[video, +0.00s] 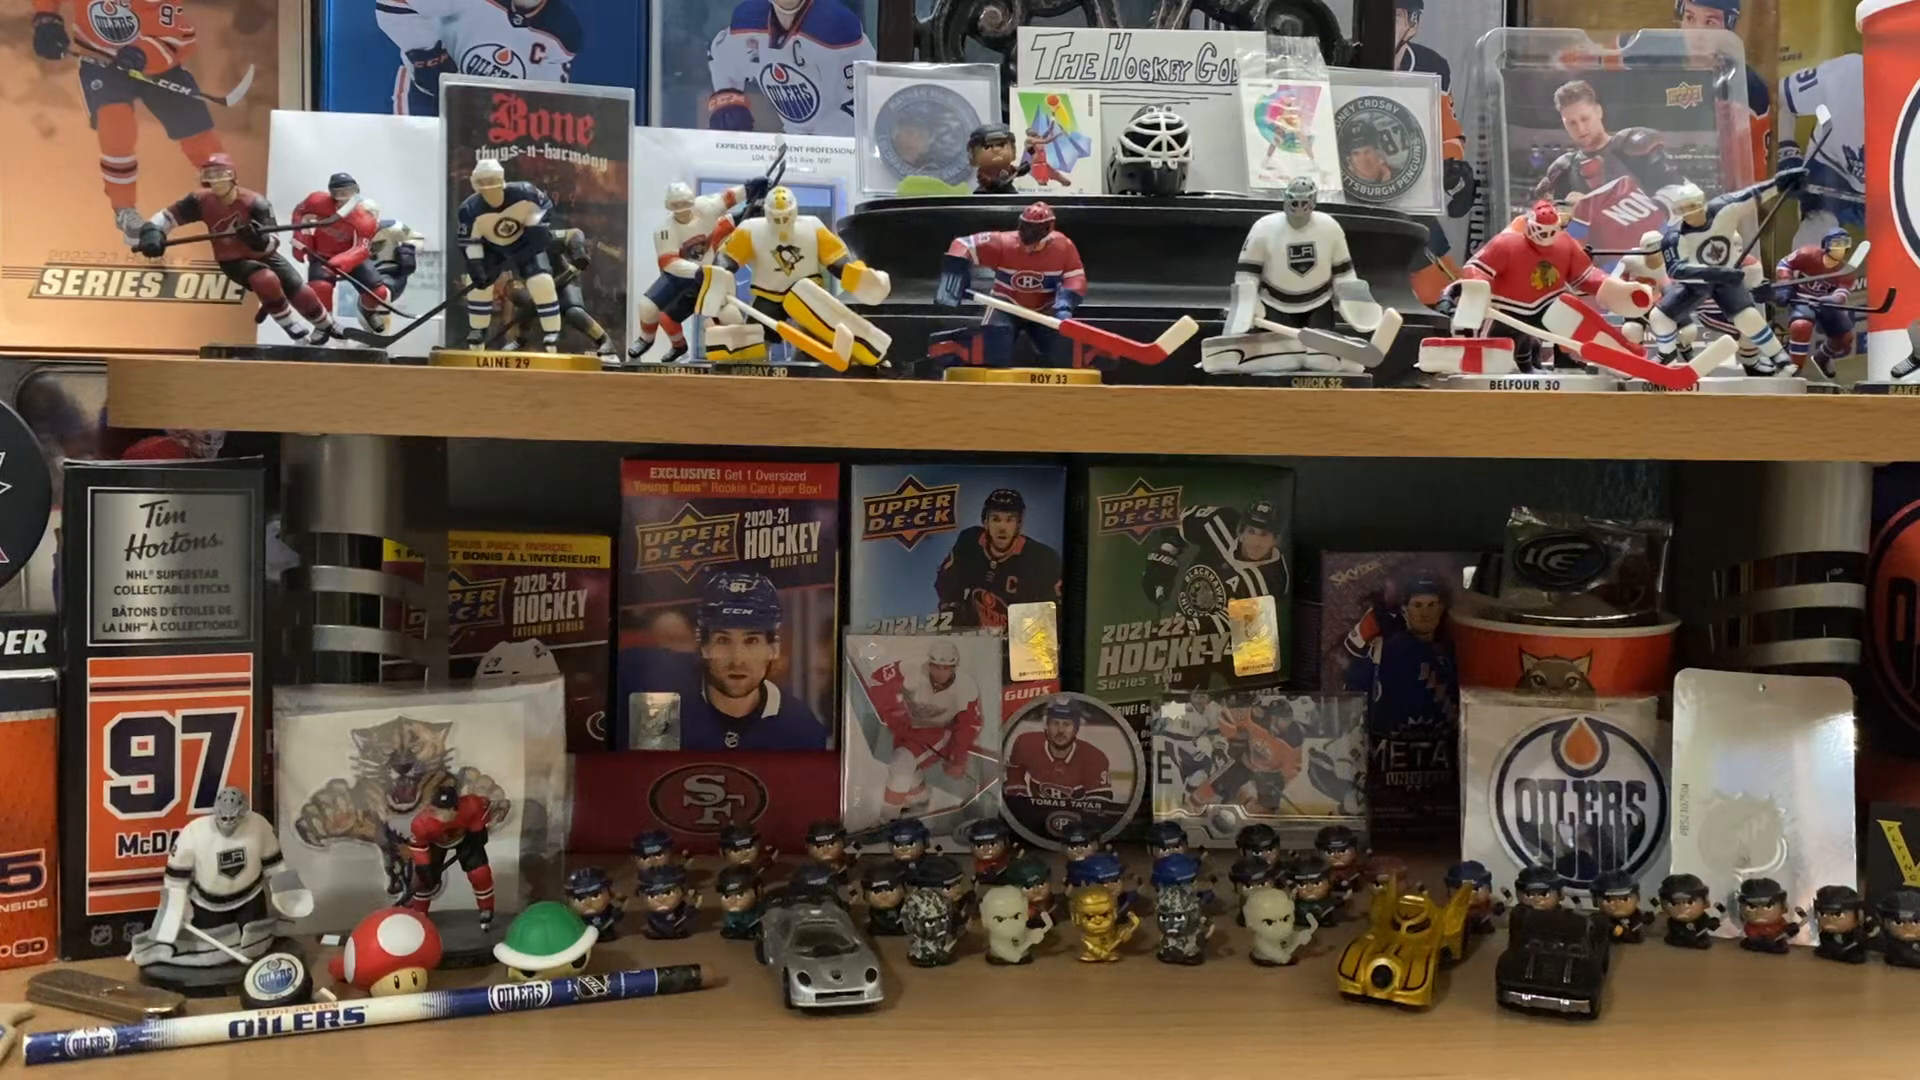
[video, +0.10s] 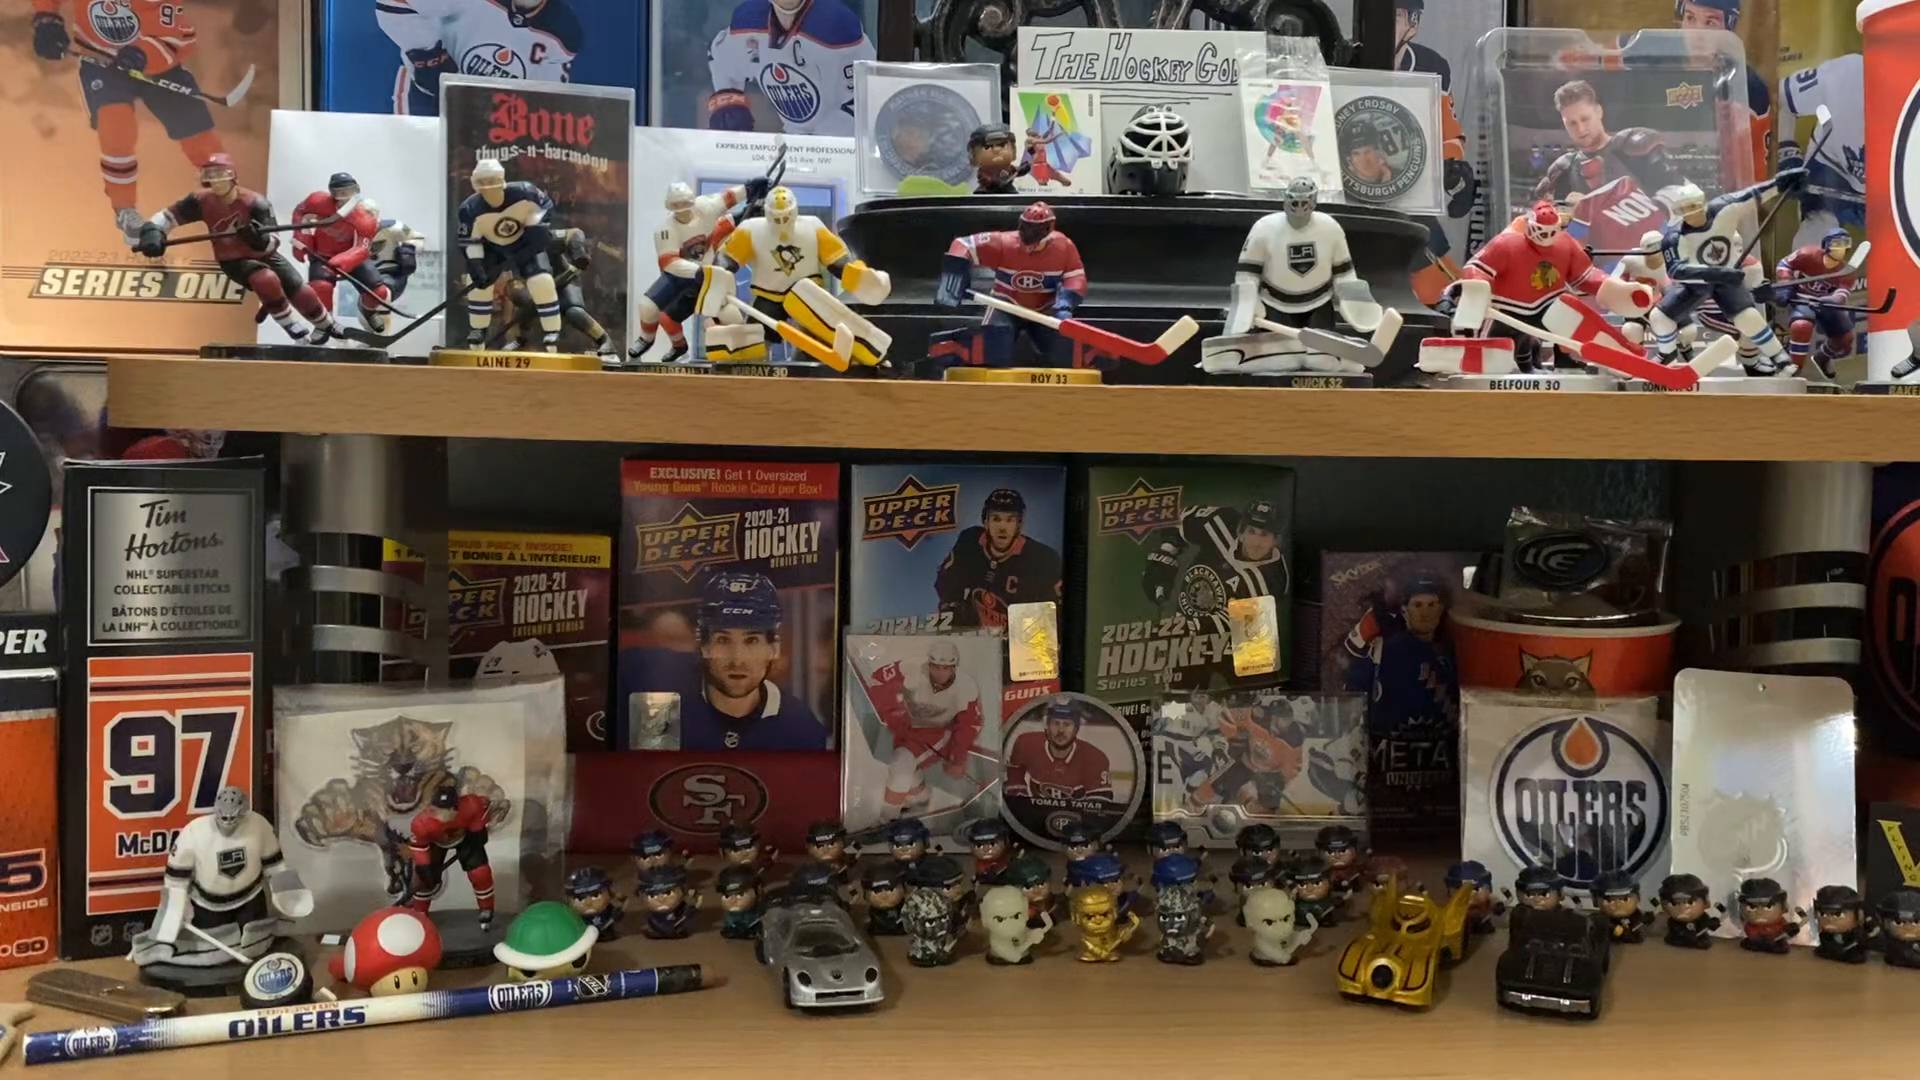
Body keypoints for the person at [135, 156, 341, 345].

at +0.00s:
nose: (214, 182)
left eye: (219, 175)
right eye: (209, 177)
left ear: (232, 177)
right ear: (205, 180)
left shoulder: (255, 203)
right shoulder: (201, 202)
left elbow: (272, 244)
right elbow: (165, 218)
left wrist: (256, 239)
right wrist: (153, 234)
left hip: (266, 255)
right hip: (234, 259)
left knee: (303, 295)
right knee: (268, 280)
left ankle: (330, 328)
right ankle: (293, 327)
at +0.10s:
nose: (214, 181)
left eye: (220, 175)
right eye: (209, 177)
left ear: (232, 177)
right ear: (205, 179)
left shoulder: (255, 202)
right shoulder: (201, 202)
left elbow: (272, 243)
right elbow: (166, 218)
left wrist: (256, 239)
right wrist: (153, 233)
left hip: (266, 255)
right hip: (234, 259)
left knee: (304, 295)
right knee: (268, 280)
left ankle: (331, 328)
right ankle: (296, 330)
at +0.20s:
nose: (214, 181)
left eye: (219, 175)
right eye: (209, 177)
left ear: (232, 177)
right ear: (205, 179)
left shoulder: (254, 202)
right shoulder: (201, 202)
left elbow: (271, 244)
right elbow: (166, 217)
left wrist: (255, 238)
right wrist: (153, 233)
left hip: (265, 255)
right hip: (233, 259)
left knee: (304, 295)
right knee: (267, 280)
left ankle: (330, 327)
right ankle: (293, 327)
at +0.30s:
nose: (214, 181)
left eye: (219, 175)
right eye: (210, 176)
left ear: (232, 177)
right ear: (205, 179)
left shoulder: (254, 202)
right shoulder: (201, 202)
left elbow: (271, 244)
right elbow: (166, 217)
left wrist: (255, 238)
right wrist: (153, 233)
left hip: (266, 255)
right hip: (233, 259)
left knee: (303, 295)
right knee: (267, 280)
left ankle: (330, 327)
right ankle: (294, 328)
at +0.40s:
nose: (214, 181)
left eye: (219, 175)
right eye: (209, 176)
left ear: (232, 177)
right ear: (205, 179)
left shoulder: (254, 202)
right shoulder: (201, 202)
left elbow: (272, 243)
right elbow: (166, 217)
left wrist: (256, 239)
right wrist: (153, 233)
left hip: (265, 254)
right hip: (233, 259)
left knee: (303, 294)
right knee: (267, 280)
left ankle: (330, 327)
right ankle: (294, 327)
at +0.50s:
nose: (214, 181)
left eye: (219, 175)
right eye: (209, 176)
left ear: (232, 177)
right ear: (205, 179)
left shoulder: (254, 202)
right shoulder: (201, 202)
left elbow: (272, 243)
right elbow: (166, 217)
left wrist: (256, 239)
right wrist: (153, 233)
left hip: (265, 255)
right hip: (233, 259)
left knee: (303, 295)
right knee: (267, 280)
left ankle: (330, 327)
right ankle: (293, 326)